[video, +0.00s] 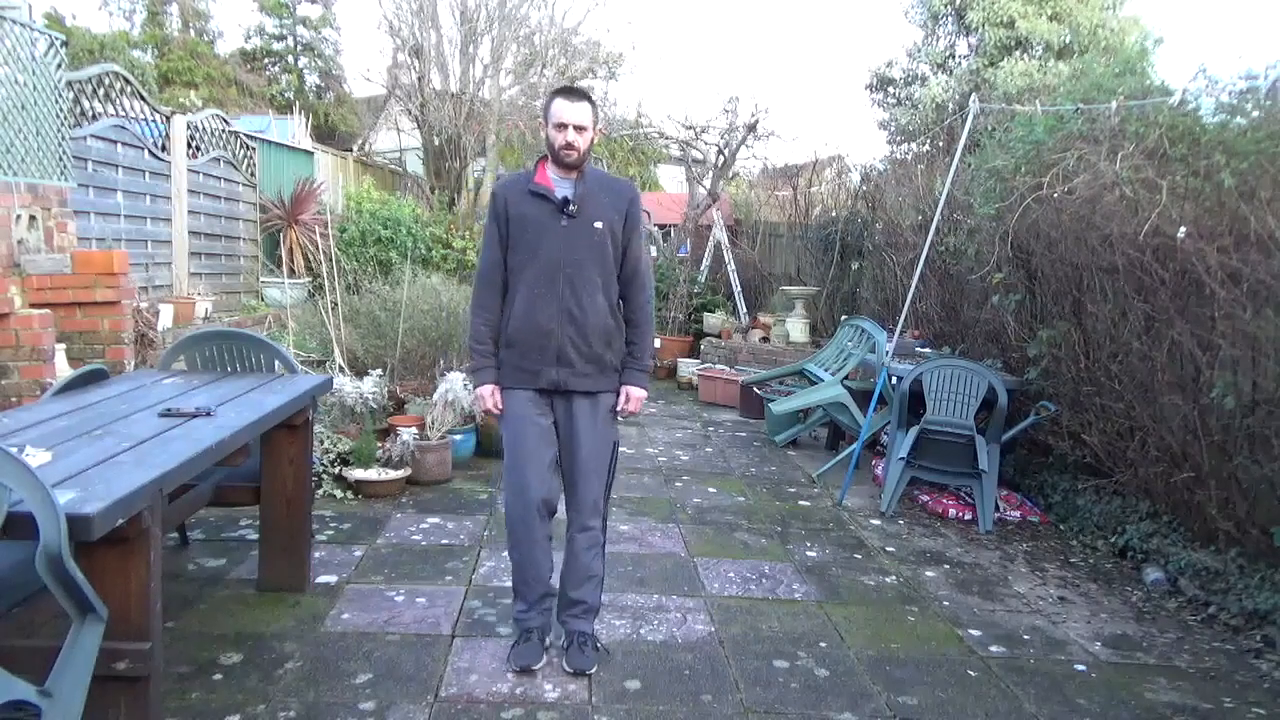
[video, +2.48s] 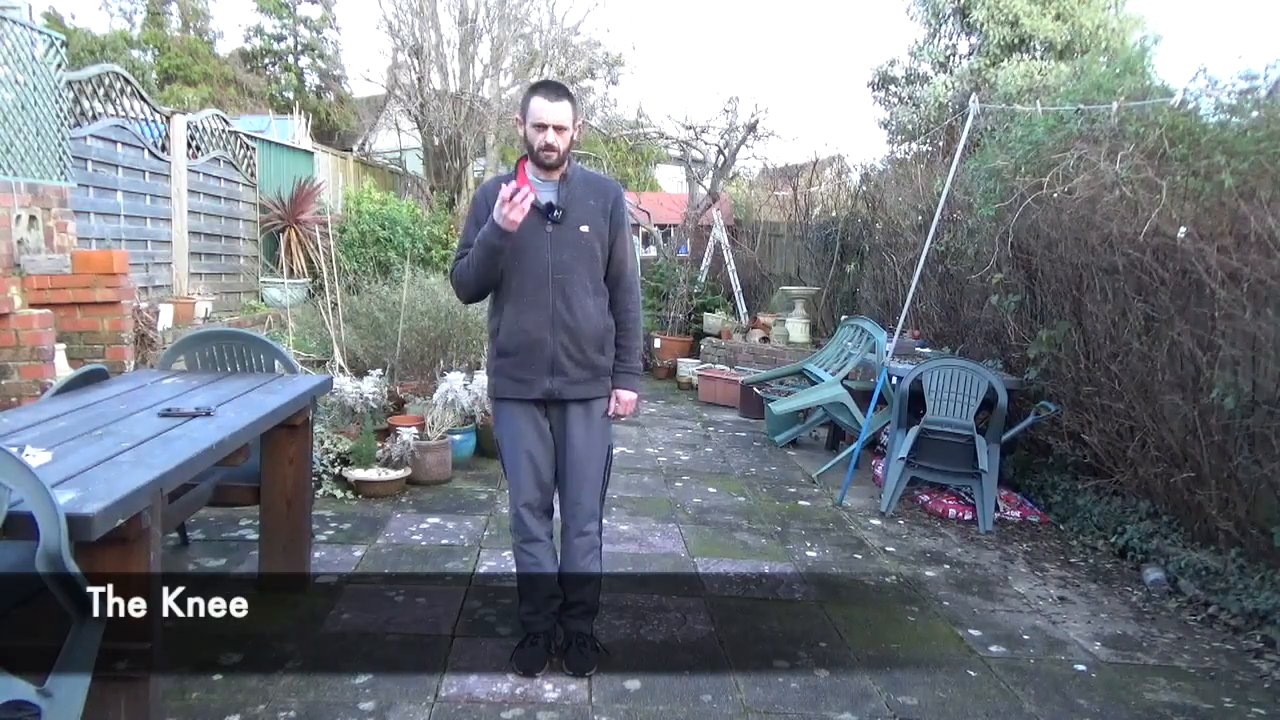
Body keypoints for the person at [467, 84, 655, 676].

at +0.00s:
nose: (570, 136)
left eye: (580, 127)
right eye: (561, 126)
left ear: (595, 133)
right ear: (544, 130)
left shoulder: (621, 196)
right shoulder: (510, 193)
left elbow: (638, 292)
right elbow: (488, 288)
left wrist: (637, 372)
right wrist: (484, 370)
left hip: (596, 378)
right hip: (521, 376)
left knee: (588, 510)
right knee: (529, 501)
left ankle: (580, 627)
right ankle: (529, 623)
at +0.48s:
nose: (560, 135)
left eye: (569, 124)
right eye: (549, 126)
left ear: (587, 127)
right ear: (535, 131)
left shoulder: (619, 198)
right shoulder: (507, 196)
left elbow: (637, 296)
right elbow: (486, 293)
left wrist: (636, 378)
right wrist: (486, 374)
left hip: (596, 379)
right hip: (523, 378)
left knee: (586, 511)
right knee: (531, 507)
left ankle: (582, 625)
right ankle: (535, 624)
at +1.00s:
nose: (549, 137)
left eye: (558, 126)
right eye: (539, 128)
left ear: (577, 126)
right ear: (526, 131)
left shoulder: (612, 196)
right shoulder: (500, 197)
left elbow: (632, 294)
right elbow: (482, 294)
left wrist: (633, 376)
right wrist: (482, 377)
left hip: (593, 378)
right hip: (519, 378)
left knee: (585, 508)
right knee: (530, 506)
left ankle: (580, 631)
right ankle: (536, 630)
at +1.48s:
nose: (545, 135)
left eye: (554, 124)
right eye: (534, 126)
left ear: (574, 126)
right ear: (522, 132)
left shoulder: (610, 194)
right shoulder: (496, 198)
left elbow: (630, 292)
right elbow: (479, 296)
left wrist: (630, 376)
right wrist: (480, 380)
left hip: (591, 379)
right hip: (517, 380)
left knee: (584, 509)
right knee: (529, 507)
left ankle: (579, 633)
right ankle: (536, 633)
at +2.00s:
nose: (543, 136)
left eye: (552, 125)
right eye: (532, 127)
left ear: (573, 125)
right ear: (520, 131)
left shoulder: (607, 194)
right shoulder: (494, 198)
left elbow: (627, 291)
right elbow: (475, 296)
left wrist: (628, 376)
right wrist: (477, 379)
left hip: (590, 378)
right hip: (516, 379)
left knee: (584, 509)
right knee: (529, 507)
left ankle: (580, 631)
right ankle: (536, 632)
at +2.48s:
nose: (551, 138)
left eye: (560, 128)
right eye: (540, 128)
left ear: (575, 130)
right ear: (523, 128)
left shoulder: (606, 195)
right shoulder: (494, 194)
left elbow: (625, 291)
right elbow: (466, 288)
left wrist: (627, 374)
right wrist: (500, 230)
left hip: (590, 376)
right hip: (516, 376)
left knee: (583, 509)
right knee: (529, 506)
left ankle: (580, 631)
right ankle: (536, 631)